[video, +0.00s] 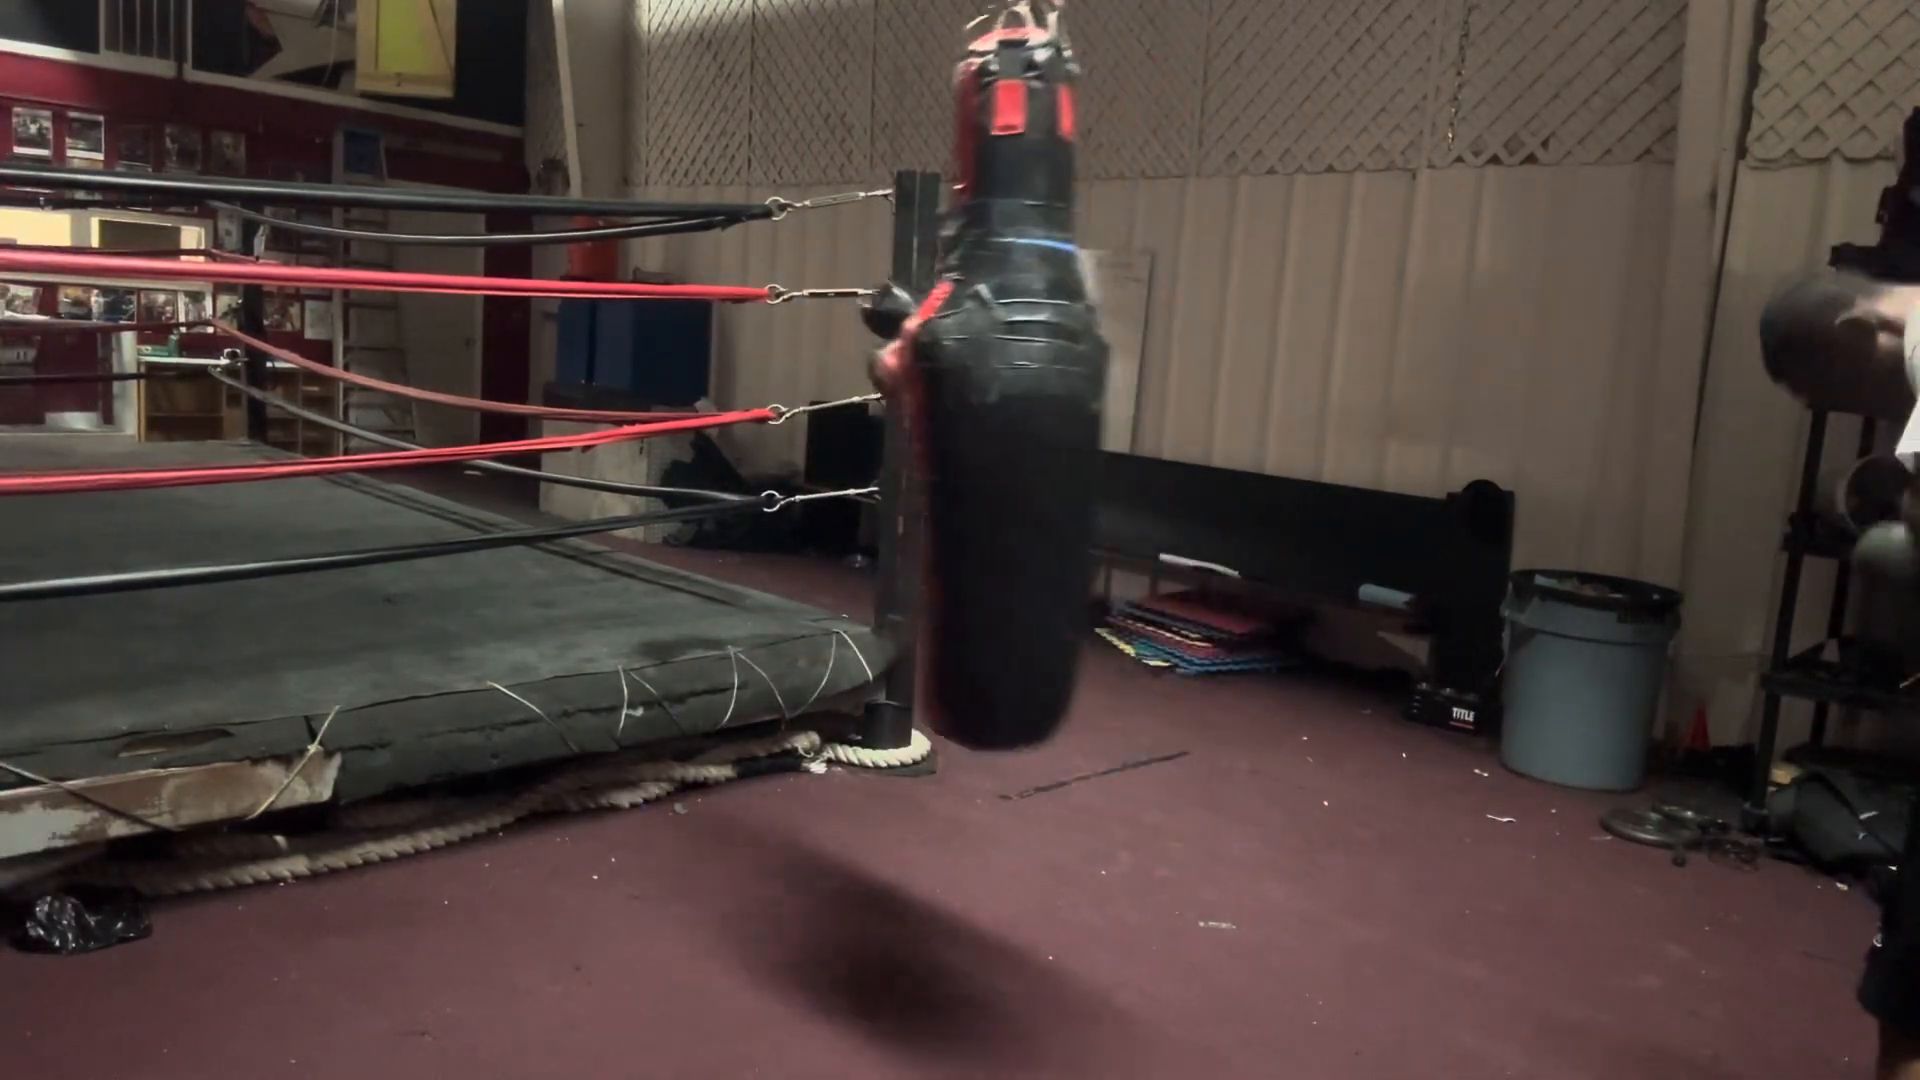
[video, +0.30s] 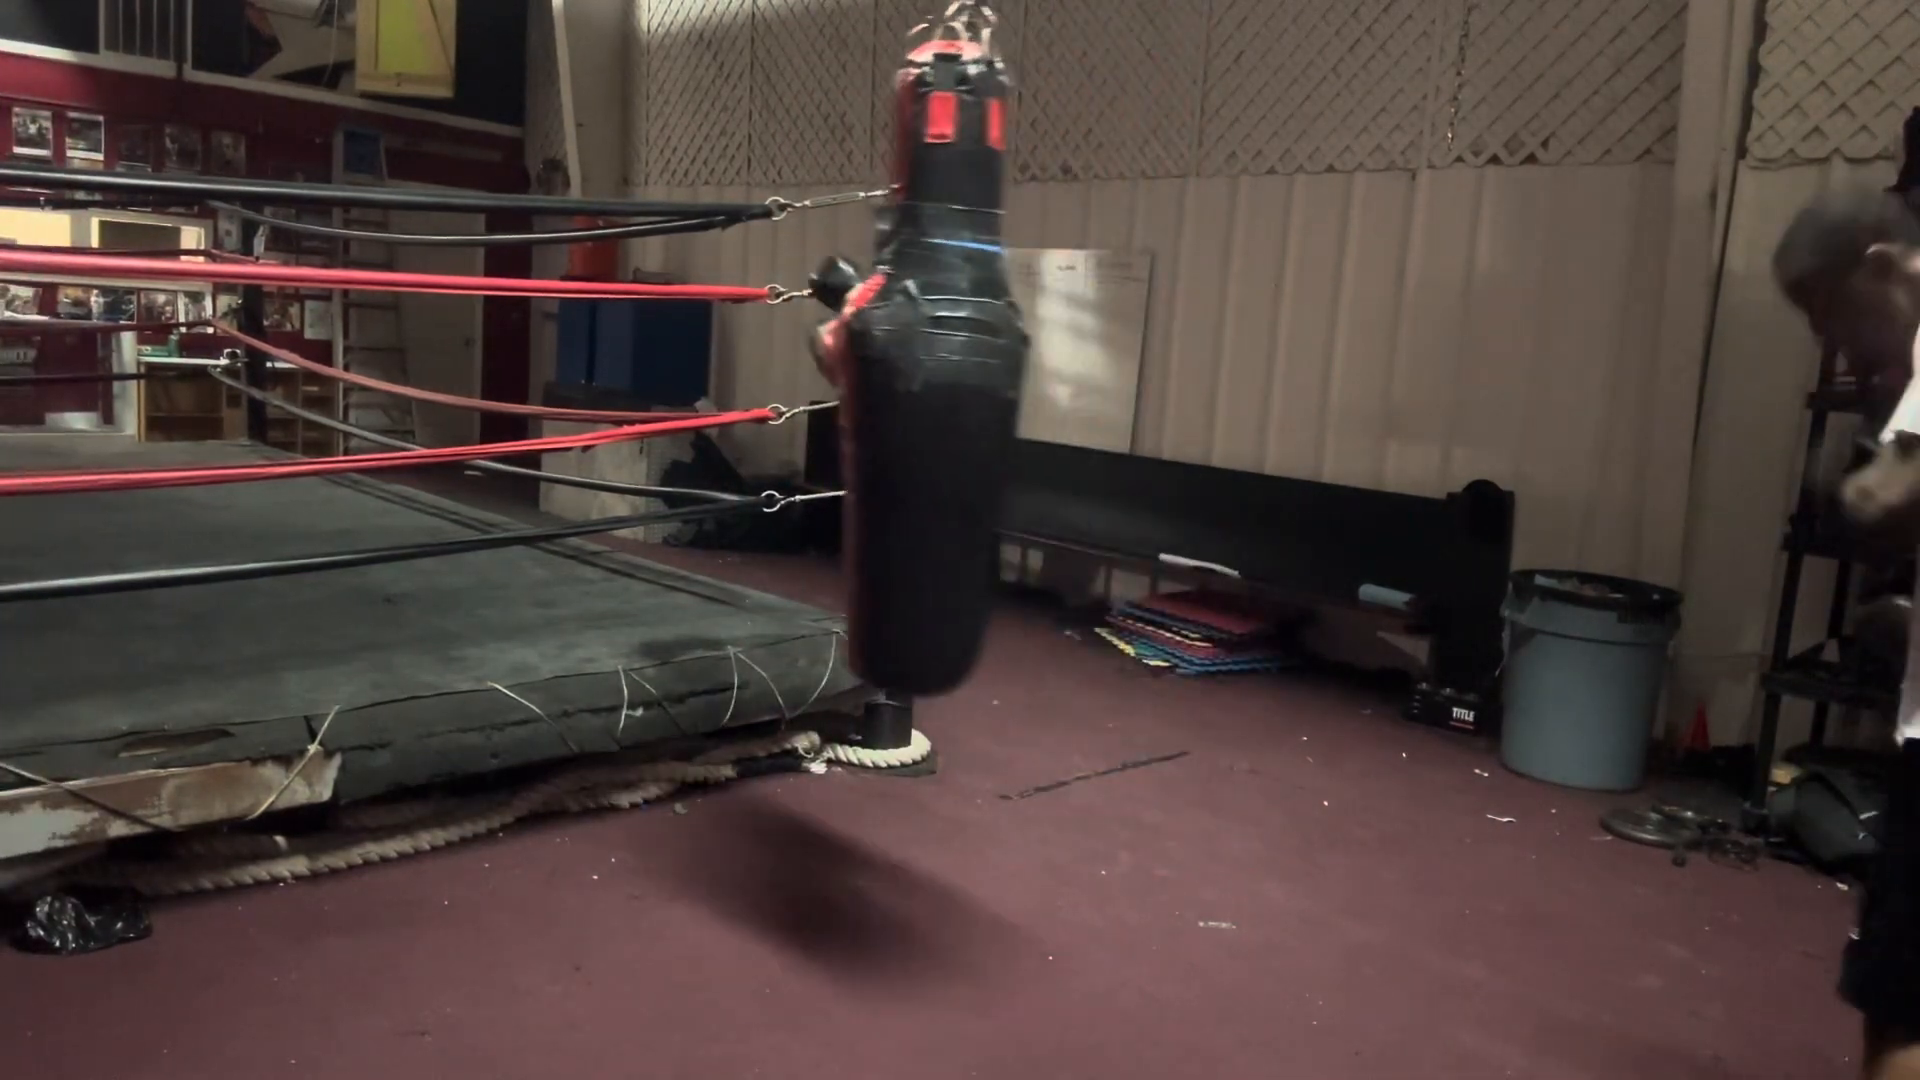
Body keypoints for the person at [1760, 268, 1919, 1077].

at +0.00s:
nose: (1848, 415)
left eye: (1835, 396)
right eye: (1829, 404)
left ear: (1868, 334)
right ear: (1869, 327)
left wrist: (1884, 502)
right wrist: (1887, 489)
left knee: (1901, 988)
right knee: (1898, 983)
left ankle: (1900, 1058)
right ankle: (1896, 1058)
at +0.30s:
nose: (1838, 356)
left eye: (1832, 324)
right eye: (1824, 335)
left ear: (1890, 268)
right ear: (1888, 271)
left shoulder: (1917, 387)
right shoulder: (1907, 393)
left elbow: (1874, 499)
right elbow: (1864, 500)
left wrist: (1878, 480)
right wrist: (1881, 486)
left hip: (1918, 743)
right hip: (1909, 737)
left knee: (1894, 1003)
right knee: (1890, 993)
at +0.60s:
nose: (1831, 234)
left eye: (1847, 208)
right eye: (1832, 209)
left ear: (1910, 213)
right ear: (1902, 218)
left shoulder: (1914, 315)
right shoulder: (1900, 317)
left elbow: (1768, 395)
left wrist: (1845, 363)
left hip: (1899, 707)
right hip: (1886, 703)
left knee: (1878, 994)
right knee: (1863, 978)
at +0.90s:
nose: (1819, 244)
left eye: (1830, 220)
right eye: (1818, 222)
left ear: (1892, 214)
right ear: (1898, 219)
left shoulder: (1919, 282)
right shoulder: (1905, 290)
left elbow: (1736, 319)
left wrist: (1815, 311)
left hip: (1897, 678)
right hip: (1890, 673)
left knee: (1735, 900)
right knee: (1912, 933)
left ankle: (1795, 1064)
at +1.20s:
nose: (1713, 252)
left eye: (1723, 233)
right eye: (1712, 235)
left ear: (1773, 220)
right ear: (1807, 221)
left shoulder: (1847, 279)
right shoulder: (1896, 295)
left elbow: (1622, 297)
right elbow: (1857, 477)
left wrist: (1728, 310)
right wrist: (1729, 504)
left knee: (1655, 894)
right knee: (1845, 920)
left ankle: (1637, 1065)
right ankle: (1887, 1060)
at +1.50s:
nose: (1647, 226)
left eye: (1654, 210)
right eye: (1647, 210)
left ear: (1698, 201)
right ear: (1755, 201)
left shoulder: (1743, 275)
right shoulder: (1848, 297)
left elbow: (1551, 262)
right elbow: (1741, 401)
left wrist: (1631, 304)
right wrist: (1628, 361)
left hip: (1689, 651)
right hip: (1757, 652)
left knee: (1633, 890)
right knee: (1661, 857)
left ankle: (1638, 1073)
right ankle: (1769, 1043)